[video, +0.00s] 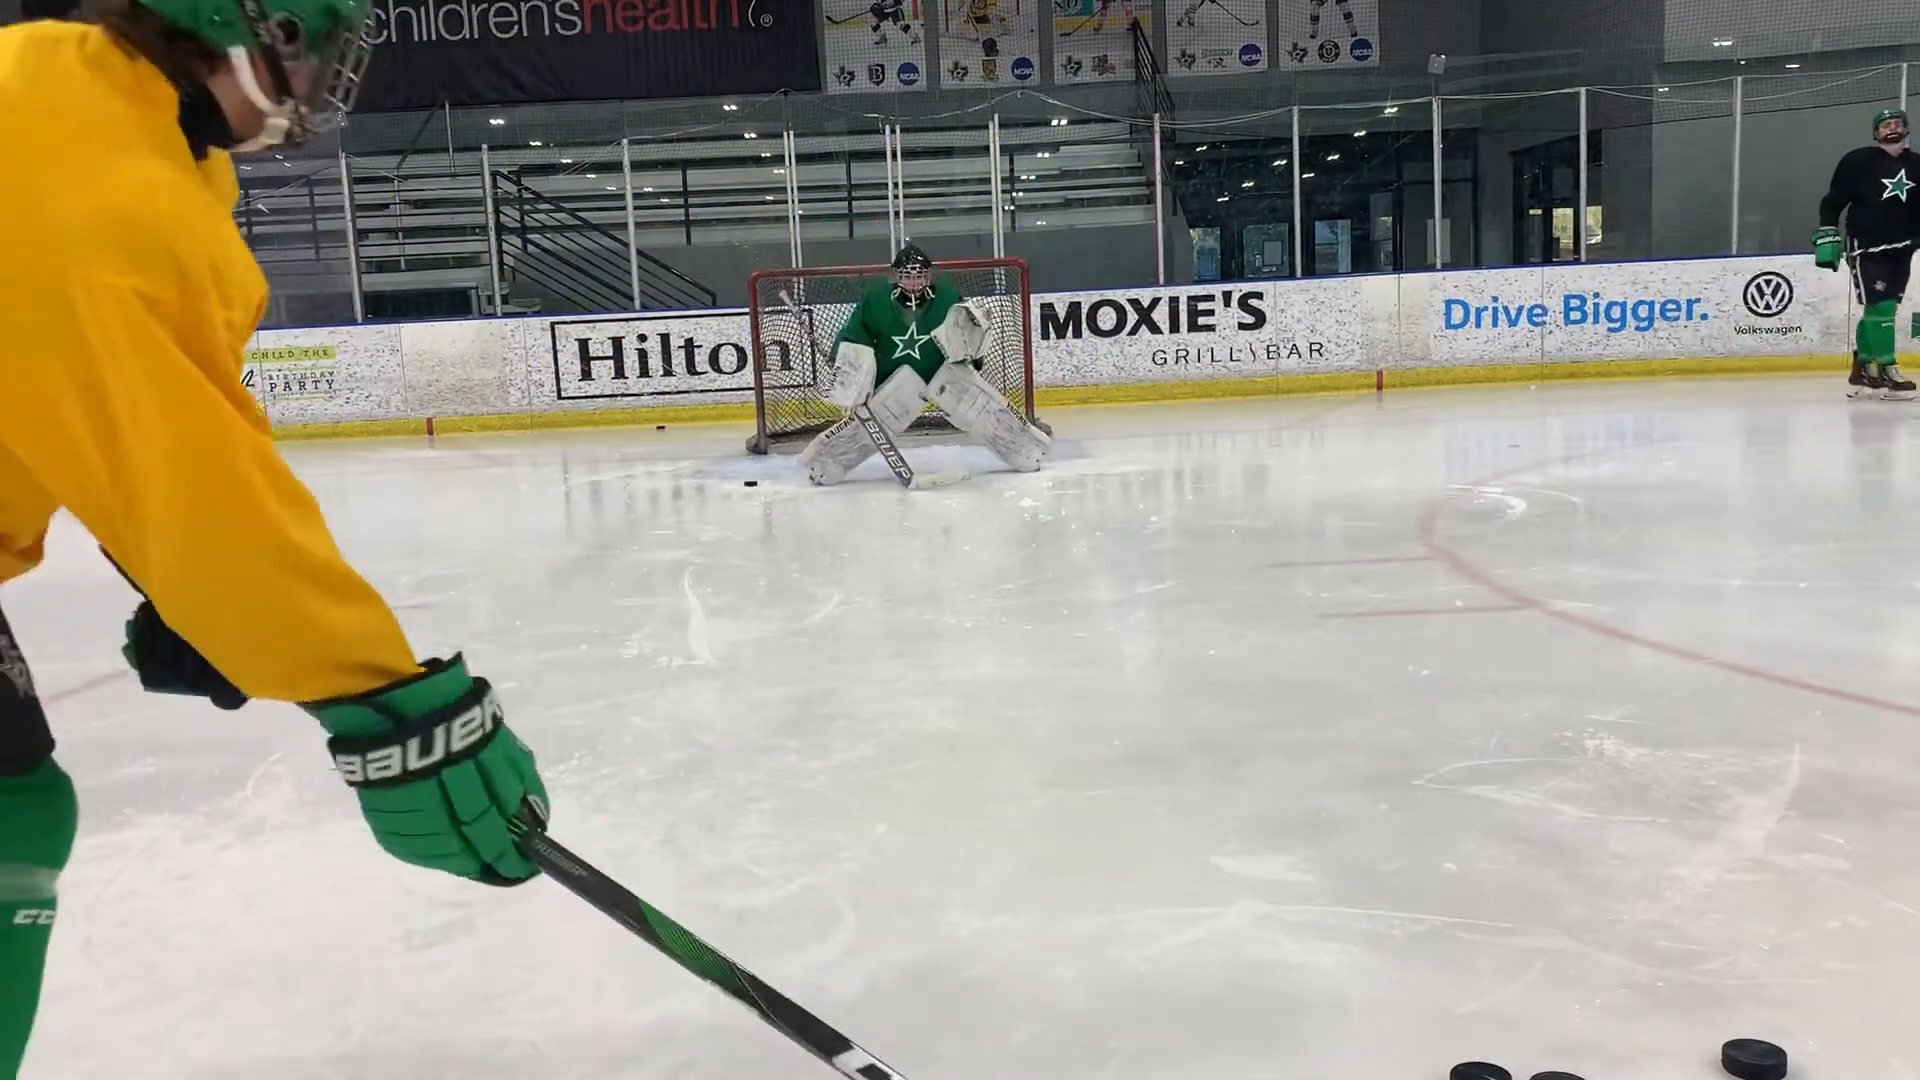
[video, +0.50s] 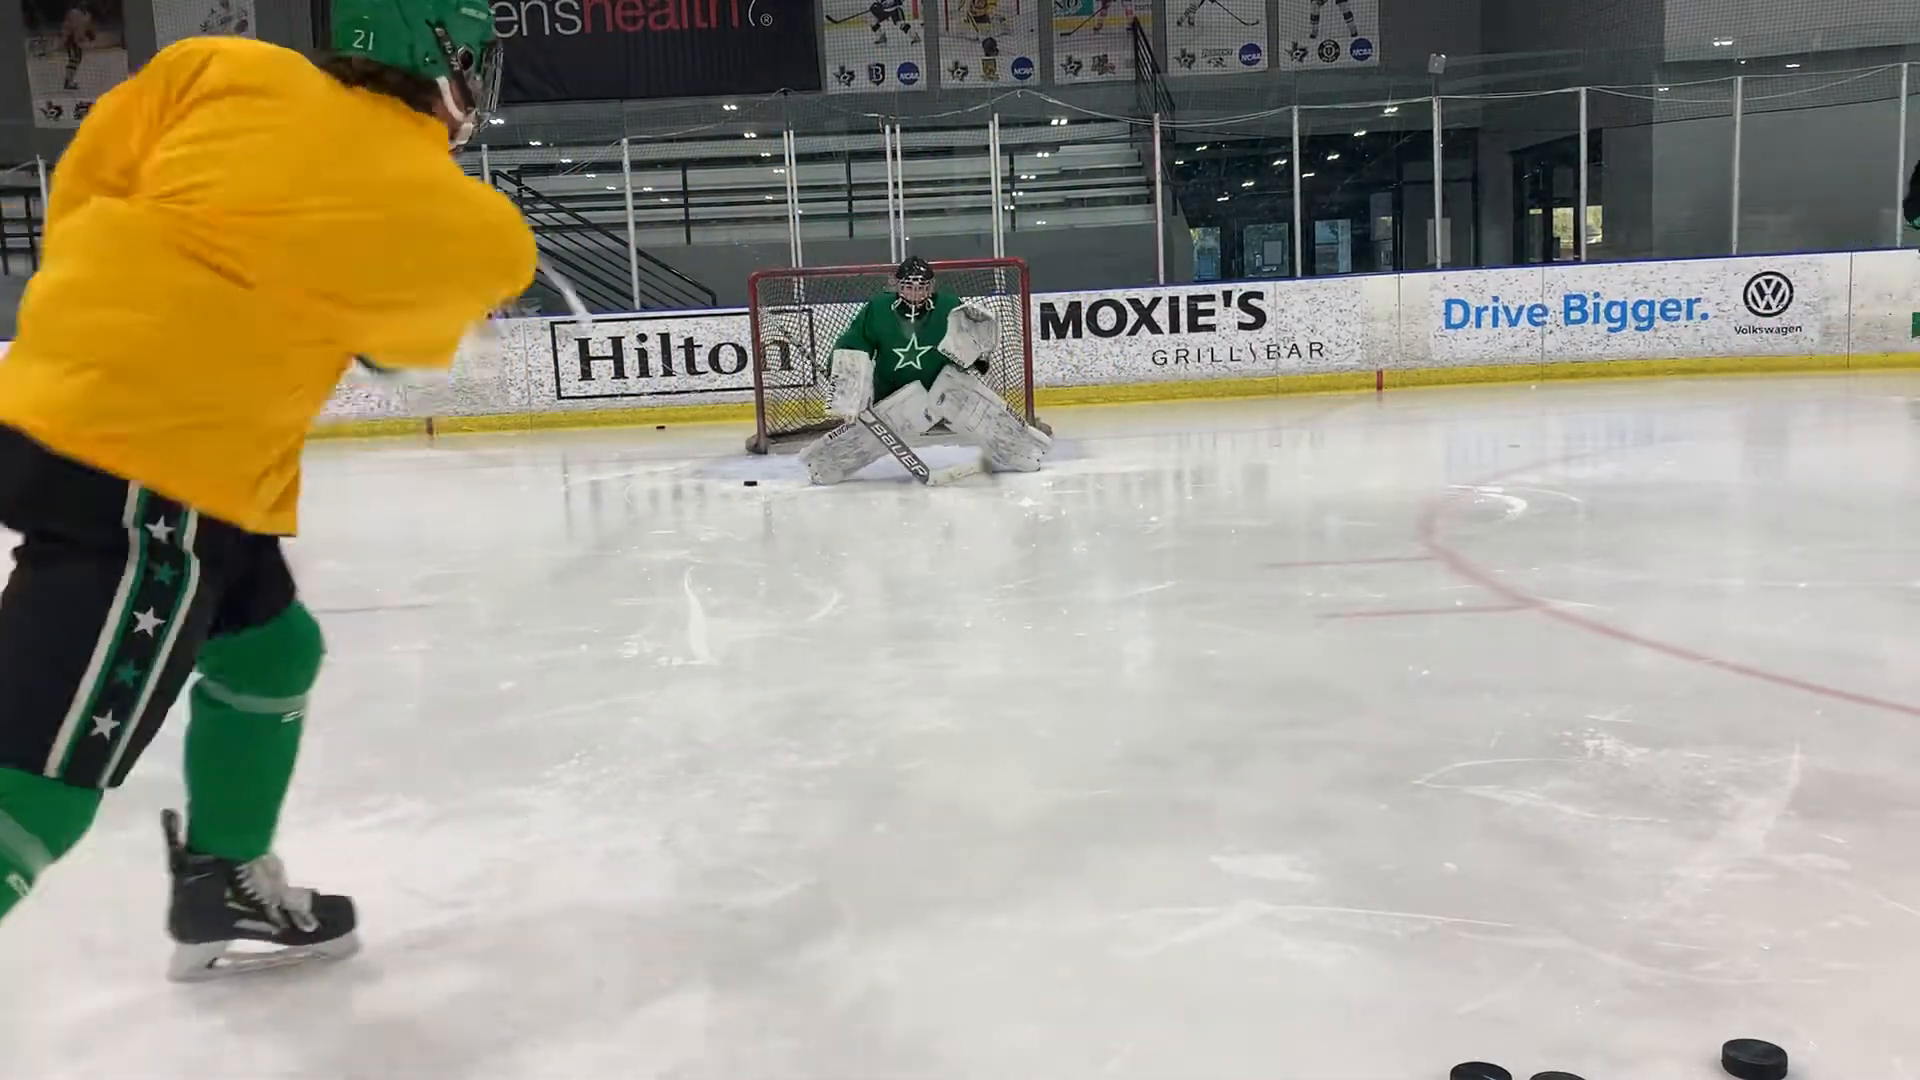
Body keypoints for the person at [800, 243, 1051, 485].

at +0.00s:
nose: (913, 281)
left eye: (919, 274)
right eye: (907, 275)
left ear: (929, 274)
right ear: (895, 276)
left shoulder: (946, 296)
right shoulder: (876, 303)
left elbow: (969, 348)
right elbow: (854, 342)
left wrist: (970, 333)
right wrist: (852, 380)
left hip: (946, 372)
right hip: (897, 378)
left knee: (982, 409)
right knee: (872, 424)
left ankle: (1027, 451)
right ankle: (826, 464)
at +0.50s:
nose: (916, 292)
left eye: (921, 286)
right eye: (909, 286)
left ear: (931, 285)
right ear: (898, 286)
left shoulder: (950, 307)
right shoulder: (877, 311)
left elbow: (977, 359)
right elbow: (850, 349)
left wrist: (973, 349)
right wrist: (849, 388)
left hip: (946, 389)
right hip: (895, 399)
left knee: (981, 415)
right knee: (870, 434)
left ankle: (1019, 448)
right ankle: (827, 464)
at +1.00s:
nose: (944, 297)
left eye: (945, 289)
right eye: (936, 291)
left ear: (948, 288)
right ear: (918, 293)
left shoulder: (961, 322)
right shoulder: (889, 323)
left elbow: (983, 356)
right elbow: (853, 360)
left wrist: (1013, 327)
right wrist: (852, 405)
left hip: (954, 426)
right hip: (899, 428)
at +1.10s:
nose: (940, 292)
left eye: (943, 284)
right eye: (933, 285)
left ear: (948, 285)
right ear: (915, 287)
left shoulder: (961, 319)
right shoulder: (890, 319)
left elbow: (976, 360)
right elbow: (852, 360)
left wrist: (1011, 343)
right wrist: (858, 399)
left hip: (954, 425)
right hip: (900, 427)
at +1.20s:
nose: (943, 288)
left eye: (945, 281)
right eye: (936, 282)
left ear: (948, 283)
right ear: (917, 284)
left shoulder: (959, 318)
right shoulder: (890, 317)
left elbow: (979, 361)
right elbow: (854, 359)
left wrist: (1005, 362)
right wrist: (860, 399)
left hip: (955, 423)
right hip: (902, 425)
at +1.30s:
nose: (941, 285)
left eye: (943, 278)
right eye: (933, 278)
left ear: (946, 278)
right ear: (913, 281)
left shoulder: (956, 312)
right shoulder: (889, 310)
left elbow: (974, 359)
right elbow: (854, 355)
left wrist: (999, 377)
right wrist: (863, 400)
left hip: (956, 419)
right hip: (904, 422)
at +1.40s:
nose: (936, 278)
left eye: (938, 271)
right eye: (928, 272)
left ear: (942, 272)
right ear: (908, 275)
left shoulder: (953, 309)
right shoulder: (887, 307)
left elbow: (972, 350)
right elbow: (853, 353)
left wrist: (984, 372)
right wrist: (866, 395)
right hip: (895, 418)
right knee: (850, 459)